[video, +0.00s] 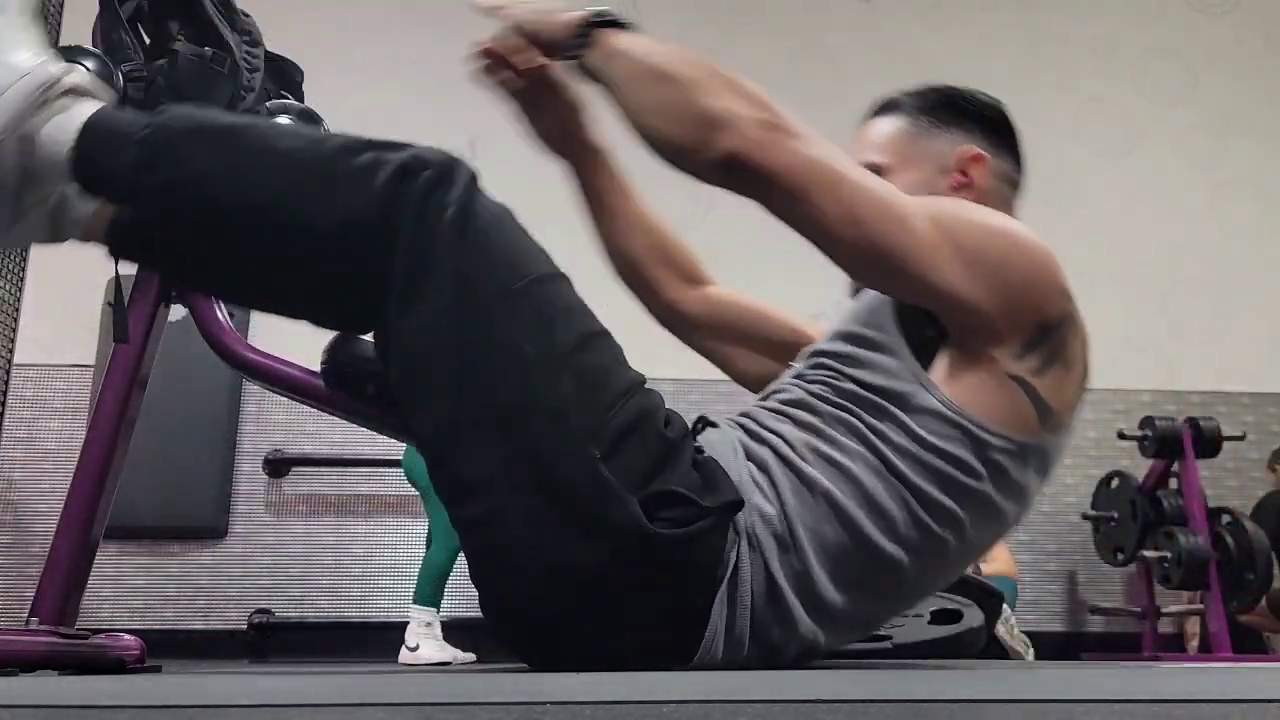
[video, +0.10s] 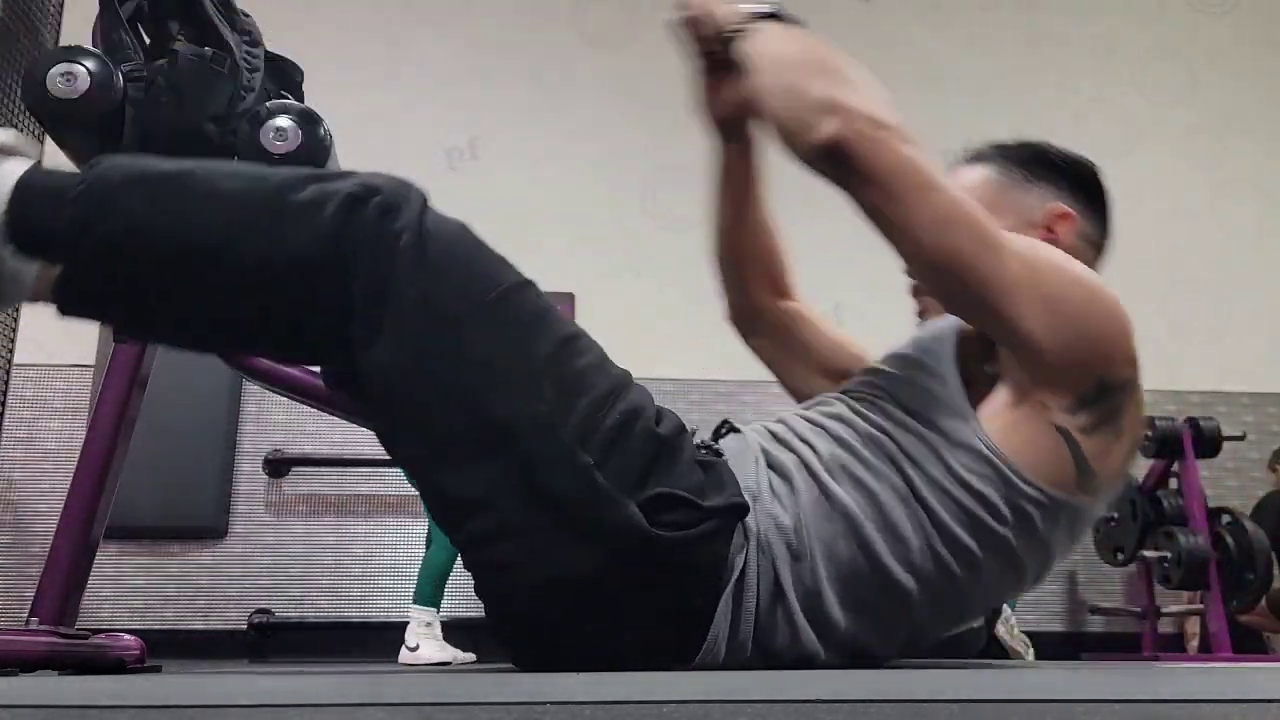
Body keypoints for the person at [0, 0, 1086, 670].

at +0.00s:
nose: (848, 188)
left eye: (873, 162)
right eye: (852, 169)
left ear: (966, 175)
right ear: (915, 196)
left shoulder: (1026, 285)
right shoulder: (872, 344)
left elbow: (751, 146)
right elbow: (680, 294)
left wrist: (589, 31)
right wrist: (578, 128)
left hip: (685, 568)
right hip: (652, 550)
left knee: (432, 208)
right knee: (423, 220)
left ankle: (68, 141)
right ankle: (77, 183)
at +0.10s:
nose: (928, 263)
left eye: (964, 233)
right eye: (933, 236)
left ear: (1058, 241)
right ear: (965, 254)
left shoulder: (1094, 352)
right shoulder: (917, 390)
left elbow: (852, 139)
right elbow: (766, 302)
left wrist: (768, 66)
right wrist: (740, 129)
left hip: (686, 557)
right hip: (649, 541)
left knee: (380, 244)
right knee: (376, 247)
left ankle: (31, 216)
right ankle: (51, 229)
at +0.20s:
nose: (1047, 295)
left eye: (1094, 282)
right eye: (1051, 275)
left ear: (1164, 325)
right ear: (1038, 298)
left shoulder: (1147, 435)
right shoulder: (956, 419)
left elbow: (1047, 293)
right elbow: (855, 315)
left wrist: (977, 118)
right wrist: (903, 158)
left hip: (693, 557)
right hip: (651, 535)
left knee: (348, 270)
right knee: (353, 284)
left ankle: (19, 283)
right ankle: (28, 295)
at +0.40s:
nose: (1182, 365)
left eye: (1204, 366)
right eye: (1197, 358)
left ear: (1238, 407)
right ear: (1197, 391)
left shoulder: (1208, 517)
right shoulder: (1109, 461)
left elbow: (1259, 200)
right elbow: (1001, 382)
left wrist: (1210, 376)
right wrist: (1121, 367)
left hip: (699, 549)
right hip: (693, 496)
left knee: (291, 336)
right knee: (306, 340)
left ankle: (11, 391)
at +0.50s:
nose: (1195, 391)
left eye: (1222, 402)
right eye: (1202, 384)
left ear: (1251, 453)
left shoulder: (1203, 571)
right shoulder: (1125, 488)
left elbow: (1278, 375)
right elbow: (1070, 410)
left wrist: (1224, 418)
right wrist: (1160, 411)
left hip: (687, 544)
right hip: (684, 493)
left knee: (259, 387)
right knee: (269, 388)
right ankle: (17, 452)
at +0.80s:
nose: (1226, 431)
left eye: (1246, 452)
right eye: (1239, 427)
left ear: (1243, 497)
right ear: (1213, 434)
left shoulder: (1177, 579)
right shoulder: (1115, 473)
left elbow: (1261, 554)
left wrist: (1255, 460)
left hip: (666, 550)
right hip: (655, 486)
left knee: (191, 567)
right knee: (215, 533)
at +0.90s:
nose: (1189, 388)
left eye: (1213, 393)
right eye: (1196, 377)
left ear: (1224, 438)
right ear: (1185, 414)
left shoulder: (1183, 575)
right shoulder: (1106, 484)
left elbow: (1267, 413)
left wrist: (1222, 422)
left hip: (659, 562)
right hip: (658, 516)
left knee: (190, 556)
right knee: (205, 562)